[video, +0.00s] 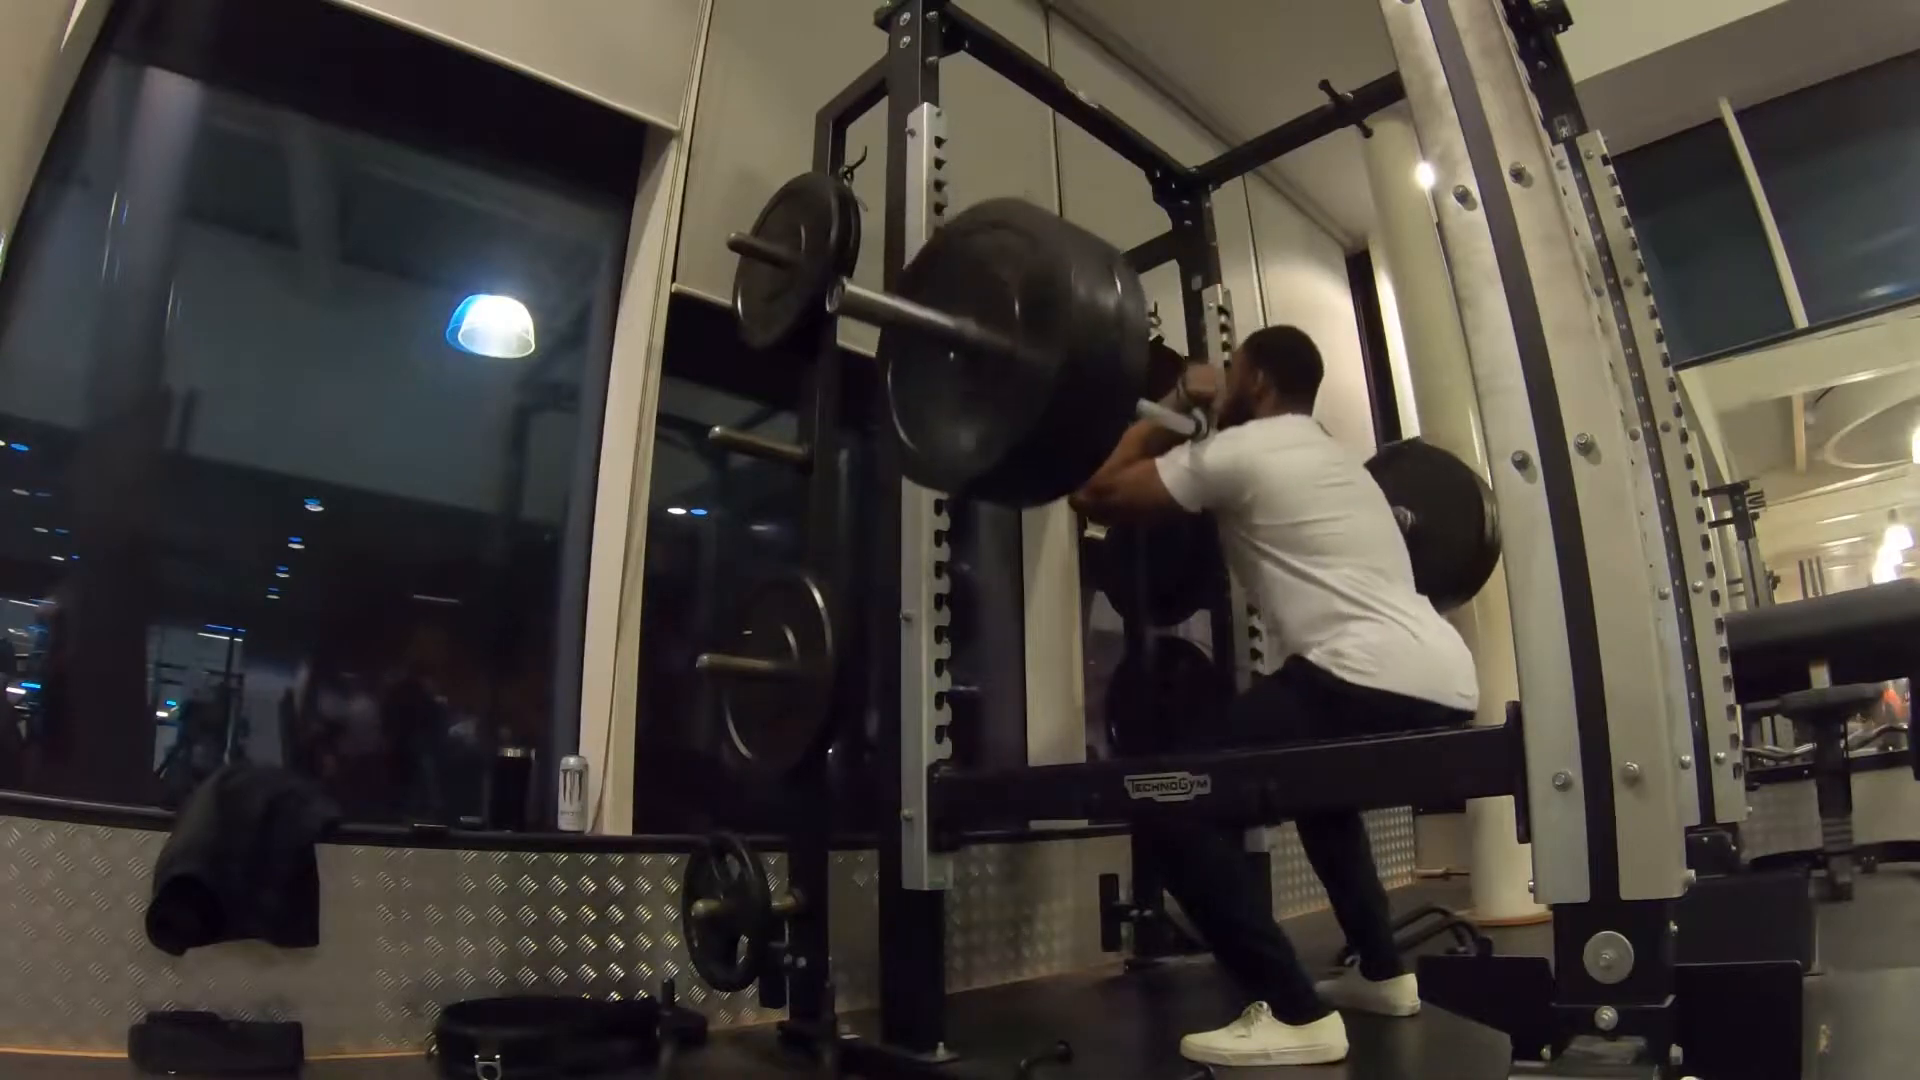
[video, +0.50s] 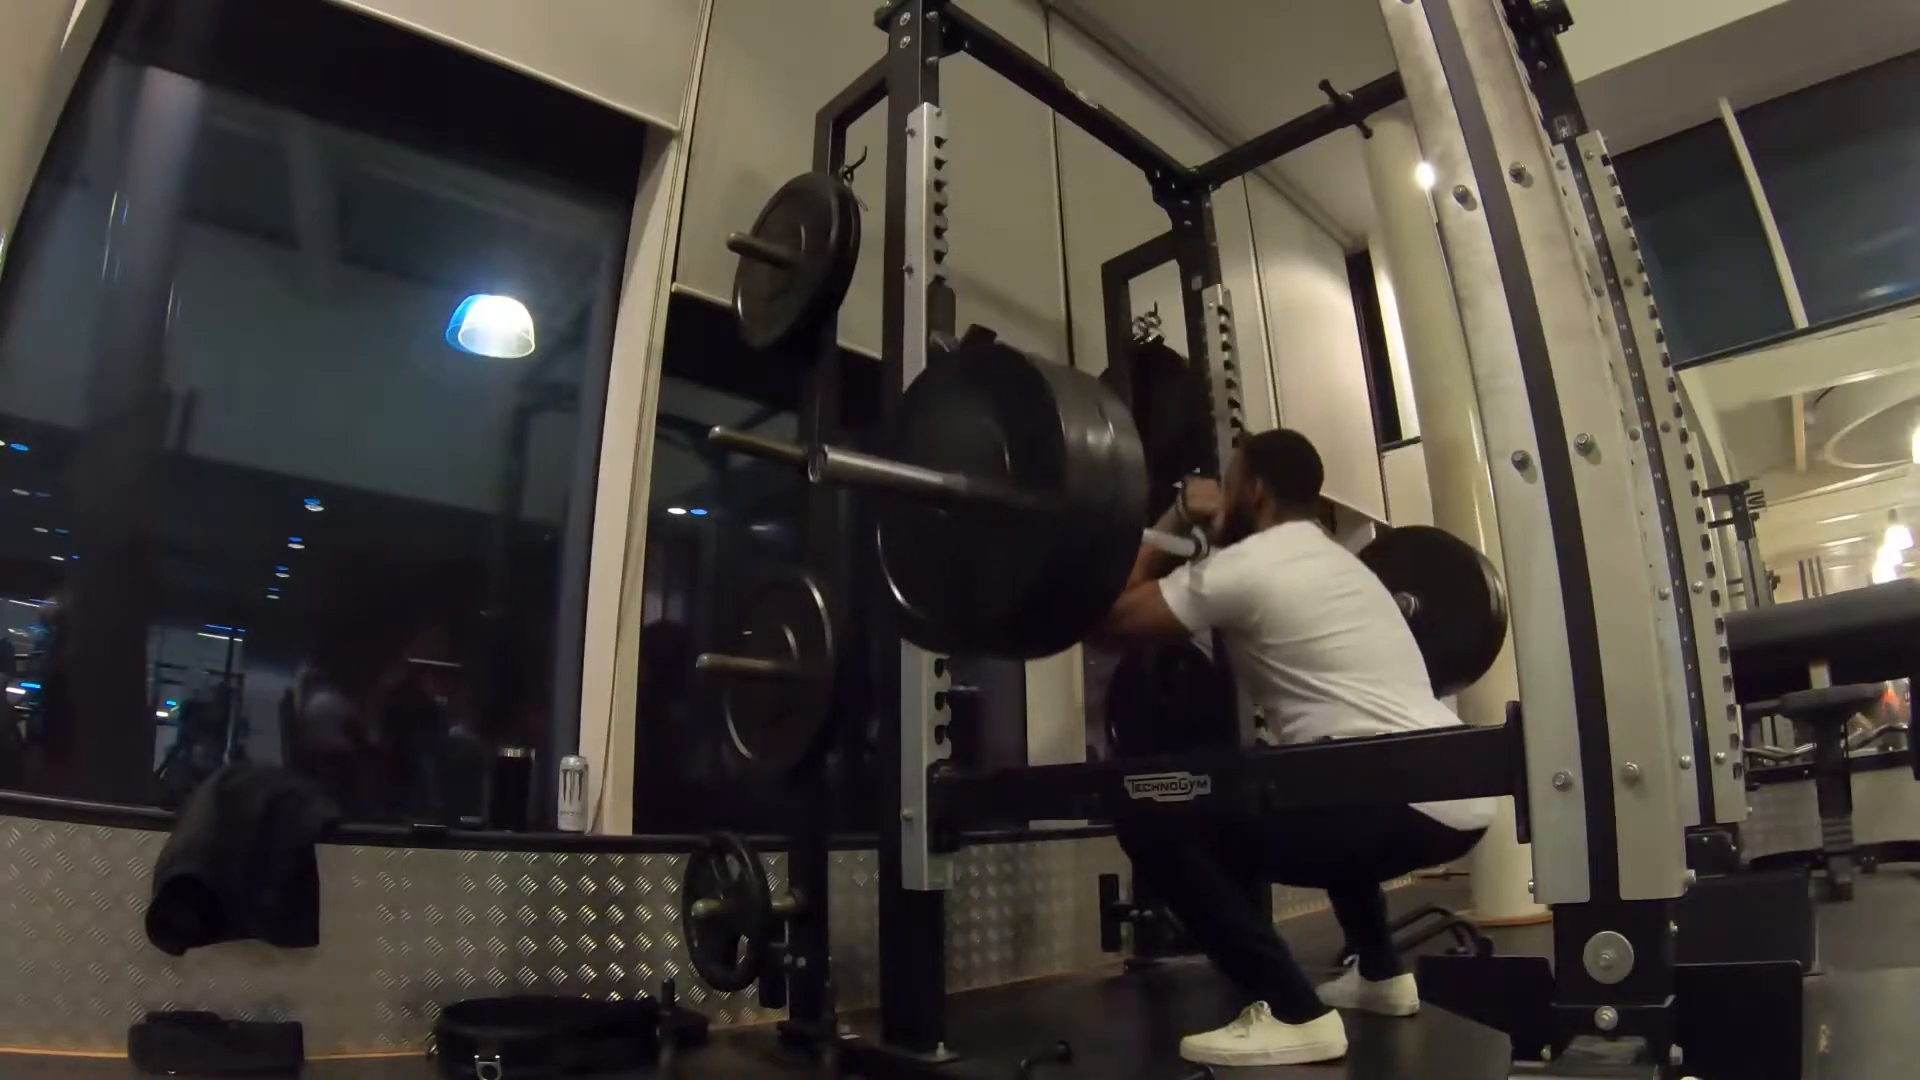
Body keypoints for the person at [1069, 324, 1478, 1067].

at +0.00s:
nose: (1223, 385)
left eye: (1232, 372)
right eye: (1226, 371)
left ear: (1259, 382)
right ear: (1302, 390)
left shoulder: (1241, 453)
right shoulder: (1338, 454)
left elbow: (1104, 490)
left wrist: (1155, 421)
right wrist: (1213, 410)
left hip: (1357, 678)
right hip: (1448, 689)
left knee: (1173, 798)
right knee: (1311, 781)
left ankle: (1292, 1013)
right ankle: (1384, 972)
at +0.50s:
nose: (1221, 494)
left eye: (1230, 482)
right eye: (1224, 482)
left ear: (1256, 492)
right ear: (1309, 495)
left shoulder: (1241, 569)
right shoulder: (1334, 554)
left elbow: (1113, 618)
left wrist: (1172, 524)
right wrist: (1220, 534)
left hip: (1384, 807)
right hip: (1458, 804)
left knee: (1160, 827)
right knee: (1304, 789)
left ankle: (1294, 1013)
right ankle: (1381, 972)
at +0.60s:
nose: (1222, 511)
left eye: (1229, 500)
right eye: (1225, 499)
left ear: (1260, 508)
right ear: (1310, 512)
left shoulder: (1245, 588)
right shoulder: (1337, 573)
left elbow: (1111, 639)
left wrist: (1174, 542)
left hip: (1385, 828)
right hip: (1460, 830)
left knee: (1156, 821)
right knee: (1307, 783)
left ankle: (1293, 1013)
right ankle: (1383, 972)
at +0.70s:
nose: (1223, 527)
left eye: (1231, 515)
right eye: (1226, 515)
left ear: (1261, 525)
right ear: (1314, 528)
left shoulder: (1248, 602)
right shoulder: (1339, 589)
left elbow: (1120, 653)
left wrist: (1170, 559)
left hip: (1389, 848)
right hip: (1464, 847)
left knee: (1162, 826)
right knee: (1309, 789)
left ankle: (1292, 1012)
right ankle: (1382, 971)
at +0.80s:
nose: (1225, 536)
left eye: (1233, 524)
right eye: (1227, 524)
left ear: (1263, 534)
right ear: (1310, 537)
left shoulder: (1248, 613)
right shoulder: (1339, 597)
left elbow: (1123, 665)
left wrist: (1166, 575)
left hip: (1392, 859)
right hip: (1465, 859)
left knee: (1162, 831)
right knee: (1310, 793)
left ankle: (1292, 1012)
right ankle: (1382, 970)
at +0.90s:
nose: (1224, 537)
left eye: (1232, 525)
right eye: (1226, 525)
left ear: (1262, 535)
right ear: (1311, 538)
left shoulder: (1247, 615)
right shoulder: (1340, 599)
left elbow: (1122, 666)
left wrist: (1171, 570)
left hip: (1392, 862)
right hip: (1465, 861)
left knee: (1159, 831)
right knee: (1307, 795)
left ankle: (1292, 1012)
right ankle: (1381, 970)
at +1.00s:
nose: (1225, 526)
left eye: (1233, 515)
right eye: (1229, 514)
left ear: (1262, 527)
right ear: (1310, 530)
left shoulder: (1247, 603)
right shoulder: (1336, 589)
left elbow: (1122, 656)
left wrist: (1165, 562)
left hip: (1394, 845)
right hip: (1462, 842)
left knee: (1159, 830)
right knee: (1303, 793)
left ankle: (1293, 1013)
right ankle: (1382, 971)